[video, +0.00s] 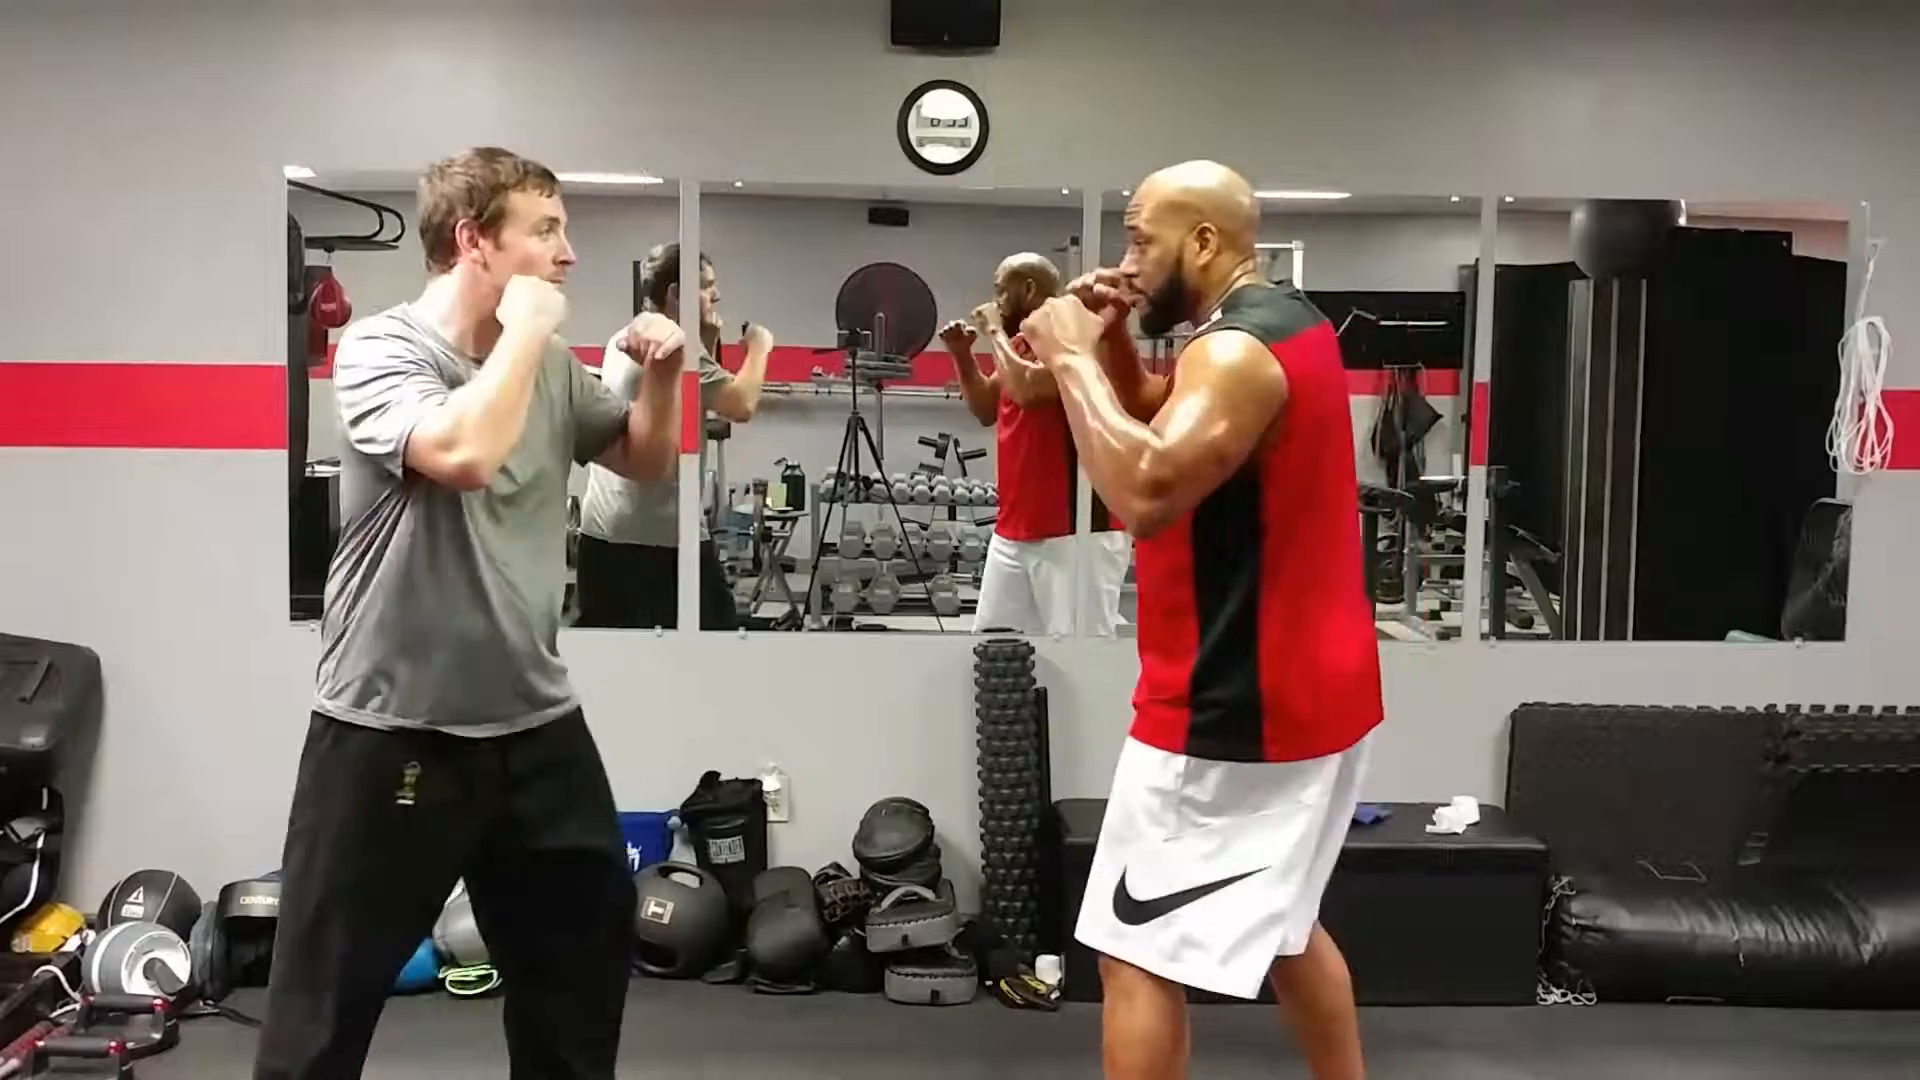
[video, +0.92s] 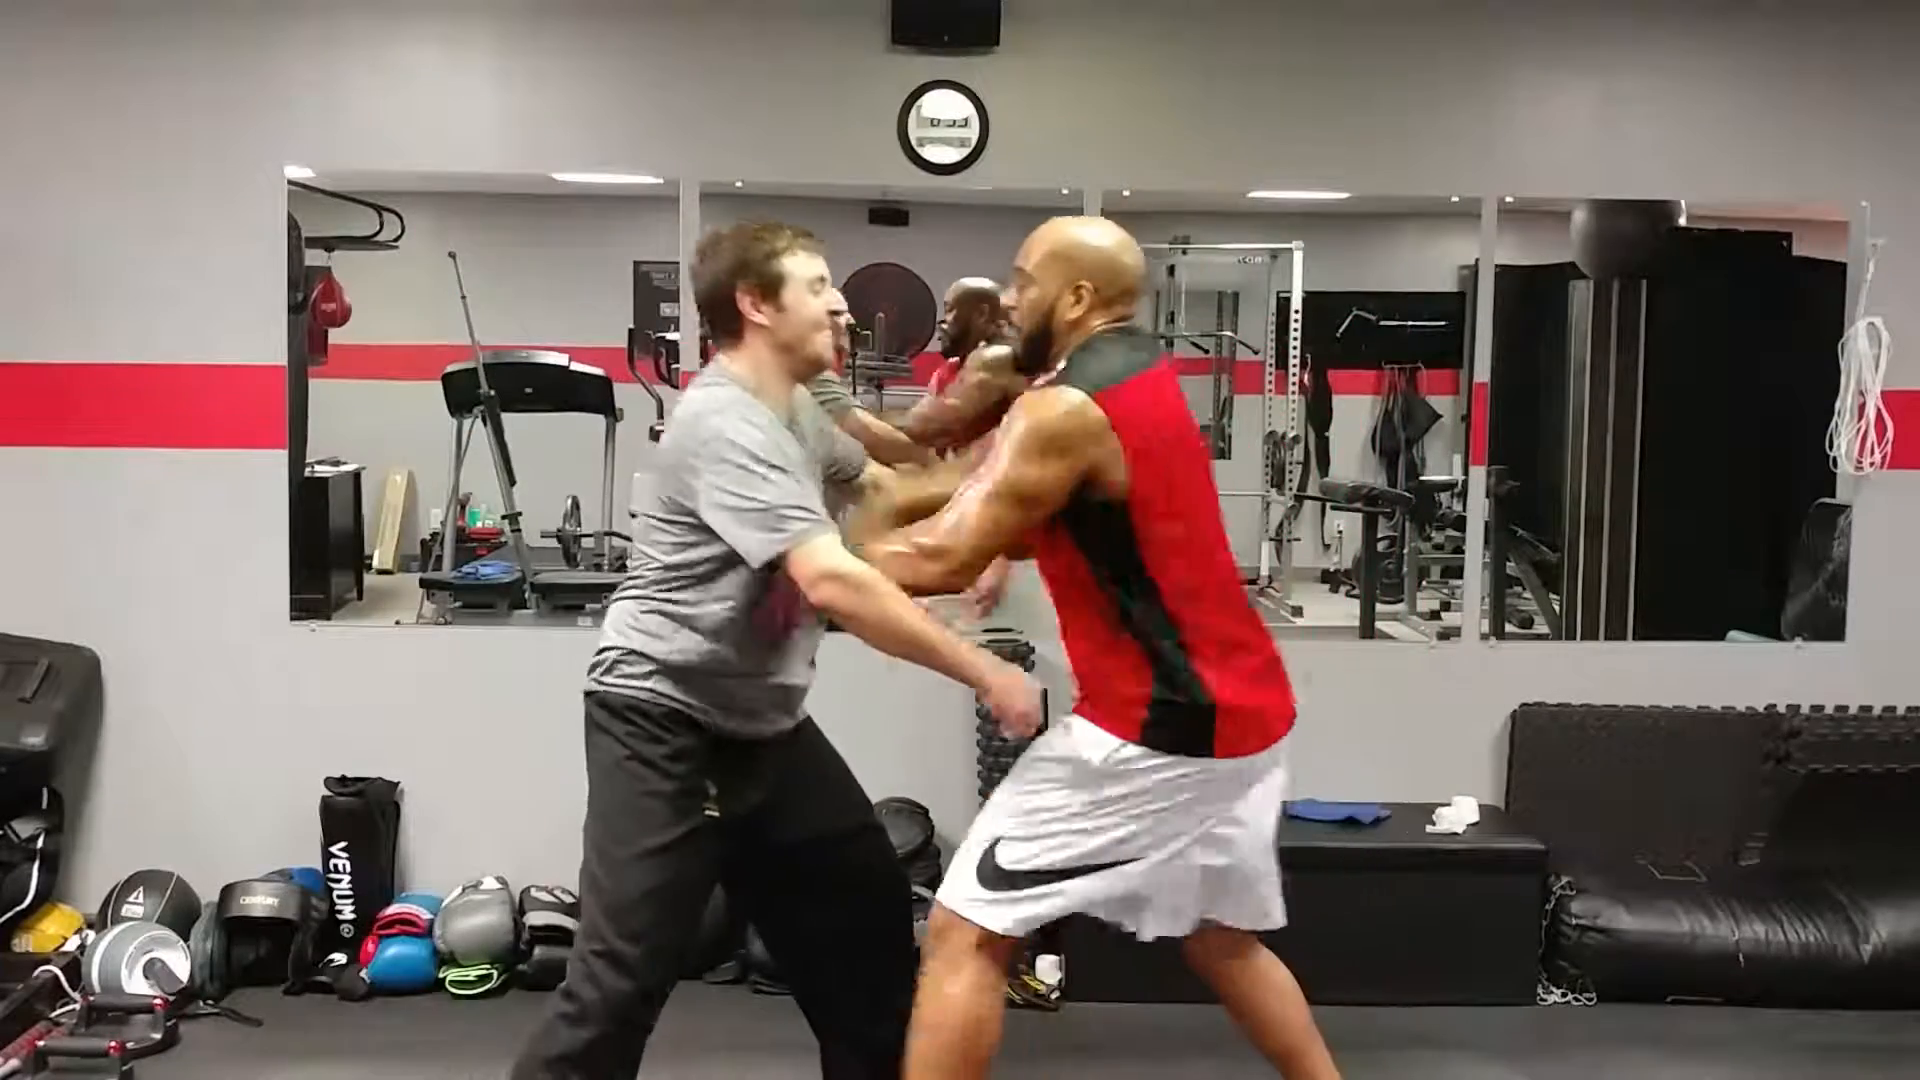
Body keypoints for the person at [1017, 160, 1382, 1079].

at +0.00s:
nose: (1127, 260)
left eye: (1141, 240)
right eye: (1128, 240)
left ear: (1205, 244)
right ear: (1220, 246)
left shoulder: (1236, 349)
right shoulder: (1287, 326)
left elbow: (1143, 493)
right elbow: (1155, 435)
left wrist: (1074, 360)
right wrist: (1106, 348)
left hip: (1221, 702)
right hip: (1313, 690)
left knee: (1135, 951)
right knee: (1285, 922)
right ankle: (1344, 1076)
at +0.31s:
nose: (1129, 252)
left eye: (1144, 234)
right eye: (1133, 232)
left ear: (1204, 239)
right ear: (1219, 240)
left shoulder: (1224, 343)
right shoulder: (1281, 326)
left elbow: (1121, 479)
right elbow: (1142, 427)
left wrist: (1032, 345)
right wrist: (1098, 339)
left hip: (1210, 702)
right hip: (1302, 690)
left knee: (1142, 955)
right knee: (1295, 935)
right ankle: (1345, 1076)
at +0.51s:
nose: (1129, 258)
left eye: (1140, 238)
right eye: (1130, 238)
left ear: (1193, 240)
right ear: (1218, 242)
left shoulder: (1204, 331)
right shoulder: (1260, 319)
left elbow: (1095, 488)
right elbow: (1066, 347)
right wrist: (937, 291)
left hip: (1221, 674)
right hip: (1319, 666)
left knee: (1109, 926)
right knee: (1305, 924)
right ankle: (1354, 1076)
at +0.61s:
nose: (1098, 278)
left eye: (1108, 260)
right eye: (1100, 261)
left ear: (1158, 265)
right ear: (1185, 268)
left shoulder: (1191, 361)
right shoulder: (1222, 344)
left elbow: (1164, 539)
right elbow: (1043, 415)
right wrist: (886, 397)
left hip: (1226, 691)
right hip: (1325, 683)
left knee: (1080, 930)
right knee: (1293, 934)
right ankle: (1341, 1075)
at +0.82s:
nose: (1022, 310)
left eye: (1034, 293)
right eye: (1026, 292)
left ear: (1083, 305)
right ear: (1115, 305)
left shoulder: (1107, 411)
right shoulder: (1174, 382)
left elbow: (1117, 578)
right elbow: (1025, 535)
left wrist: (980, 641)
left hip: (1173, 721)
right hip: (1273, 708)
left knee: (1022, 942)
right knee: (1248, 946)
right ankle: (1323, 1073)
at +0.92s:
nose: (1010, 297)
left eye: (1023, 283)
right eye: (1015, 281)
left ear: (1074, 298)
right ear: (1101, 300)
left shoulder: (1062, 409)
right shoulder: (1140, 371)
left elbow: (949, 556)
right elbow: (1020, 501)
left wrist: (847, 563)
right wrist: (888, 513)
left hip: (1151, 723)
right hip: (1242, 708)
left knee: (963, 935)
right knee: (1218, 937)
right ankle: (1322, 1075)